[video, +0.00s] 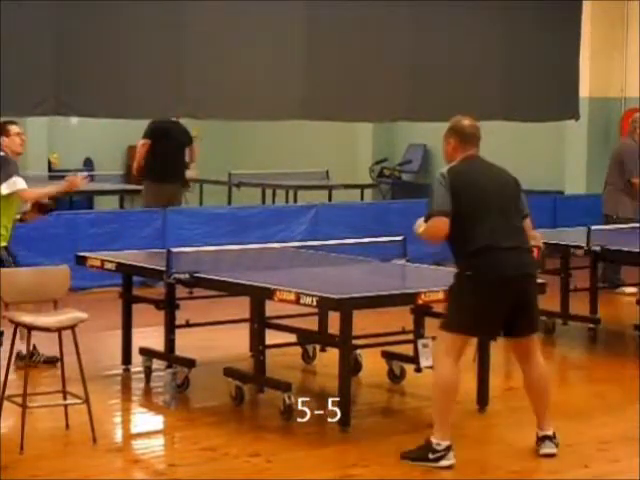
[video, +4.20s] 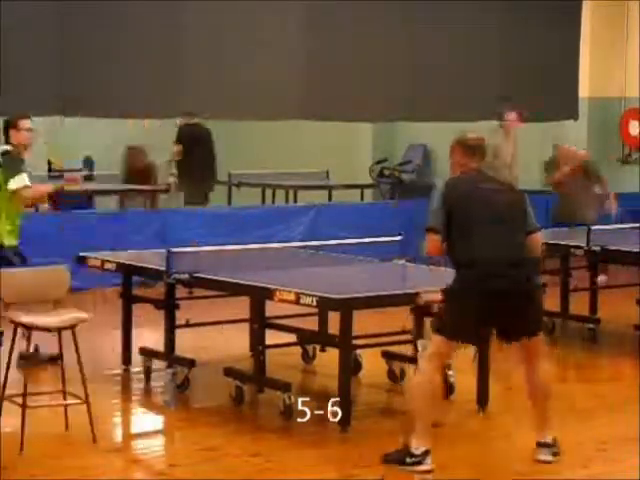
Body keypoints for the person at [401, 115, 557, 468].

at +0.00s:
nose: (443, 150)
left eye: (444, 145)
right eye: (445, 145)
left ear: (452, 144)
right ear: (477, 144)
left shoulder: (448, 177)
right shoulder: (506, 176)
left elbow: (439, 230)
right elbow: (529, 233)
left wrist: (421, 229)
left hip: (479, 276)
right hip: (522, 275)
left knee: (447, 353)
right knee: (529, 354)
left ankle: (439, 443)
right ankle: (546, 434)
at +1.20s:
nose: (479, 176)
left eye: (479, 171)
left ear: (483, 170)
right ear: (512, 172)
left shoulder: (471, 192)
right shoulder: (526, 201)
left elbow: (429, 228)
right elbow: (545, 250)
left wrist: (431, 238)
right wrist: (546, 246)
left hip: (485, 286)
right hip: (529, 285)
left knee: (442, 359)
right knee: (533, 348)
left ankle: (453, 448)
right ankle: (545, 416)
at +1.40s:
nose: (498, 182)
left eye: (498, 177)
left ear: (501, 177)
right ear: (529, 178)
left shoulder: (497, 195)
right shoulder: (538, 203)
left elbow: (474, 223)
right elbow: (537, 244)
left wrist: (449, 244)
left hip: (508, 282)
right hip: (547, 282)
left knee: (477, 357)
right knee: (548, 342)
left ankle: (457, 443)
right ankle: (546, 416)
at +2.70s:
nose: (479, 179)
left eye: (479, 173)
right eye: (481, 173)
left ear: (486, 173)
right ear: (510, 173)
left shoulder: (494, 209)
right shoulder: (526, 209)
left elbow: (482, 262)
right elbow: (517, 261)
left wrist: (438, 253)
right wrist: (455, 255)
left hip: (508, 311)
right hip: (548, 305)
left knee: (450, 375)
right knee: (549, 358)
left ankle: (460, 463)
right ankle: (572, 434)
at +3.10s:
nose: (478, 159)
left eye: (479, 154)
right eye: (480, 153)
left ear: (484, 159)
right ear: (513, 159)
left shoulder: (487, 201)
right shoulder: (533, 198)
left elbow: (460, 255)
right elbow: (524, 251)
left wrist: (429, 248)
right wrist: (469, 242)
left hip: (491, 309)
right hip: (532, 307)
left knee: (444, 366)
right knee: (537, 363)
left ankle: (463, 461)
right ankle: (570, 435)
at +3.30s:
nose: (472, 151)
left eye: (473, 146)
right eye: (477, 146)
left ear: (476, 148)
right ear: (508, 150)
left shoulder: (464, 187)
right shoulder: (529, 191)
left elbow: (438, 244)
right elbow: (548, 251)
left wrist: (435, 237)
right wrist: (518, 256)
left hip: (472, 295)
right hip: (520, 296)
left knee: (424, 365)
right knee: (543, 366)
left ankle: (439, 452)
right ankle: (562, 446)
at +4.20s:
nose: (451, 165)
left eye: (453, 159)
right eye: (453, 159)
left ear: (459, 158)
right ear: (483, 157)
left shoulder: (449, 188)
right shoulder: (512, 190)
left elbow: (433, 246)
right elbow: (535, 245)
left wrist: (460, 242)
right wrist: (507, 250)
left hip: (472, 285)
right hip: (518, 284)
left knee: (432, 362)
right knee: (534, 360)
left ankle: (418, 448)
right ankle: (545, 441)